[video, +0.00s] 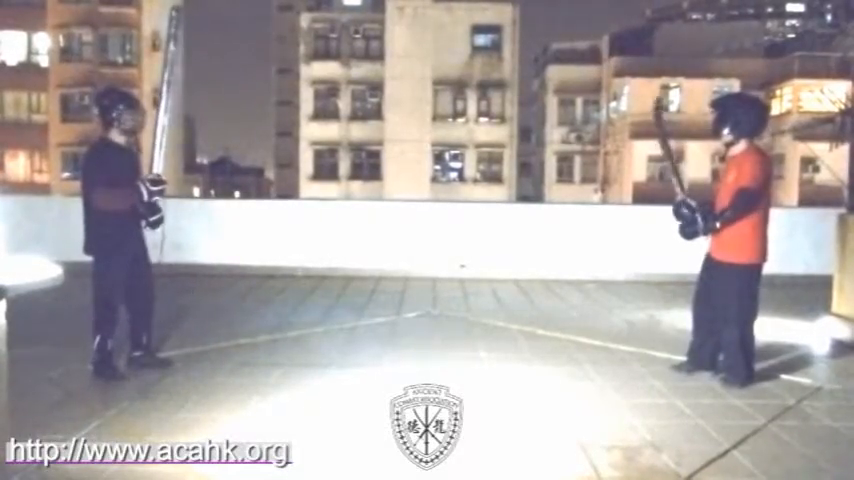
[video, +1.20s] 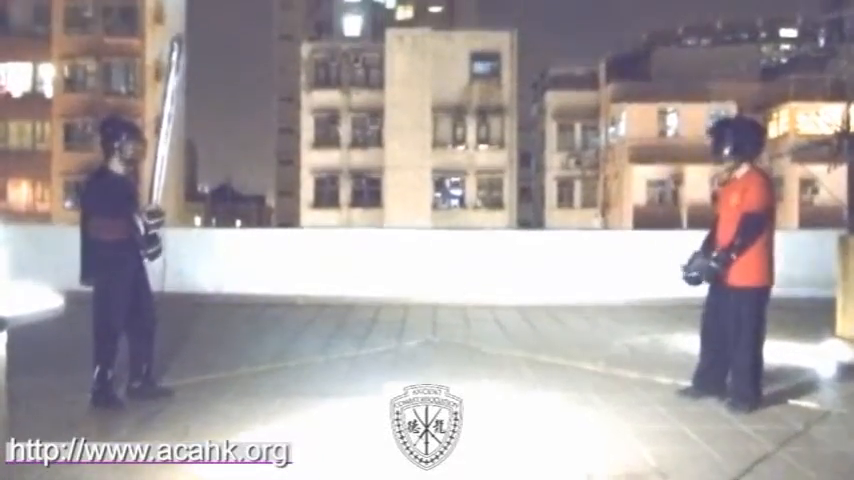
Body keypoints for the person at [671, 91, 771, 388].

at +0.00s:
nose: (718, 128)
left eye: (722, 121)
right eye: (719, 121)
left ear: (737, 125)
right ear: (738, 125)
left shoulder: (753, 160)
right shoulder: (731, 159)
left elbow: (746, 200)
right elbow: (726, 202)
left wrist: (713, 222)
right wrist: (702, 213)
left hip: (743, 253)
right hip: (721, 249)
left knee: (736, 313)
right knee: (705, 305)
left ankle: (737, 369)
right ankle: (701, 357)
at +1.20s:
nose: (719, 150)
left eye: (724, 143)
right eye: (719, 143)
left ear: (740, 145)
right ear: (726, 146)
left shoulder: (756, 182)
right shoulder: (727, 183)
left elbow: (753, 224)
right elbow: (719, 225)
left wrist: (725, 257)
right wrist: (703, 254)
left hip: (749, 276)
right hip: (724, 272)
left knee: (744, 336)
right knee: (715, 329)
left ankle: (744, 393)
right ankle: (708, 382)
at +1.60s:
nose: (706, 192)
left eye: (710, 185)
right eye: (705, 186)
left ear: (727, 182)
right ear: (711, 185)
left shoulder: (754, 212)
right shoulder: (719, 218)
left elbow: (746, 255)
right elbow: (717, 259)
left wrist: (721, 288)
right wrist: (710, 291)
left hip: (756, 306)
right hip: (729, 304)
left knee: (753, 367)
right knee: (717, 361)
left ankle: (749, 422)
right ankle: (709, 411)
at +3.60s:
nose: (718, 188)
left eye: (721, 181)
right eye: (717, 182)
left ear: (736, 178)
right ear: (733, 180)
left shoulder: (766, 207)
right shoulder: (736, 212)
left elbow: (760, 249)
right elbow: (730, 255)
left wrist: (733, 285)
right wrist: (719, 286)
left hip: (764, 302)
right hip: (739, 300)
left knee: (761, 363)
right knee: (727, 356)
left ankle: (757, 420)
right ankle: (719, 408)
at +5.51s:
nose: (710, 183)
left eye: (713, 176)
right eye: (709, 177)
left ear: (729, 173)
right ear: (725, 175)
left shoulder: (760, 203)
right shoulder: (727, 206)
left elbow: (752, 246)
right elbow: (722, 248)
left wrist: (725, 281)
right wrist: (711, 280)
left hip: (755, 295)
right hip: (730, 292)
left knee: (752, 357)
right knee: (719, 349)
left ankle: (750, 414)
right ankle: (712, 402)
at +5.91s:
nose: (711, 170)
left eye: (714, 163)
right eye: (710, 164)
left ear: (730, 161)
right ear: (726, 163)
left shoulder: (760, 190)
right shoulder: (727, 194)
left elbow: (754, 232)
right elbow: (722, 236)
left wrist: (727, 267)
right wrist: (712, 268)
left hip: (755, 283)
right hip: (730, 281)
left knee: (751, 345)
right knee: (719, 337)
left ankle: (749, 401)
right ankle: (712, 389)